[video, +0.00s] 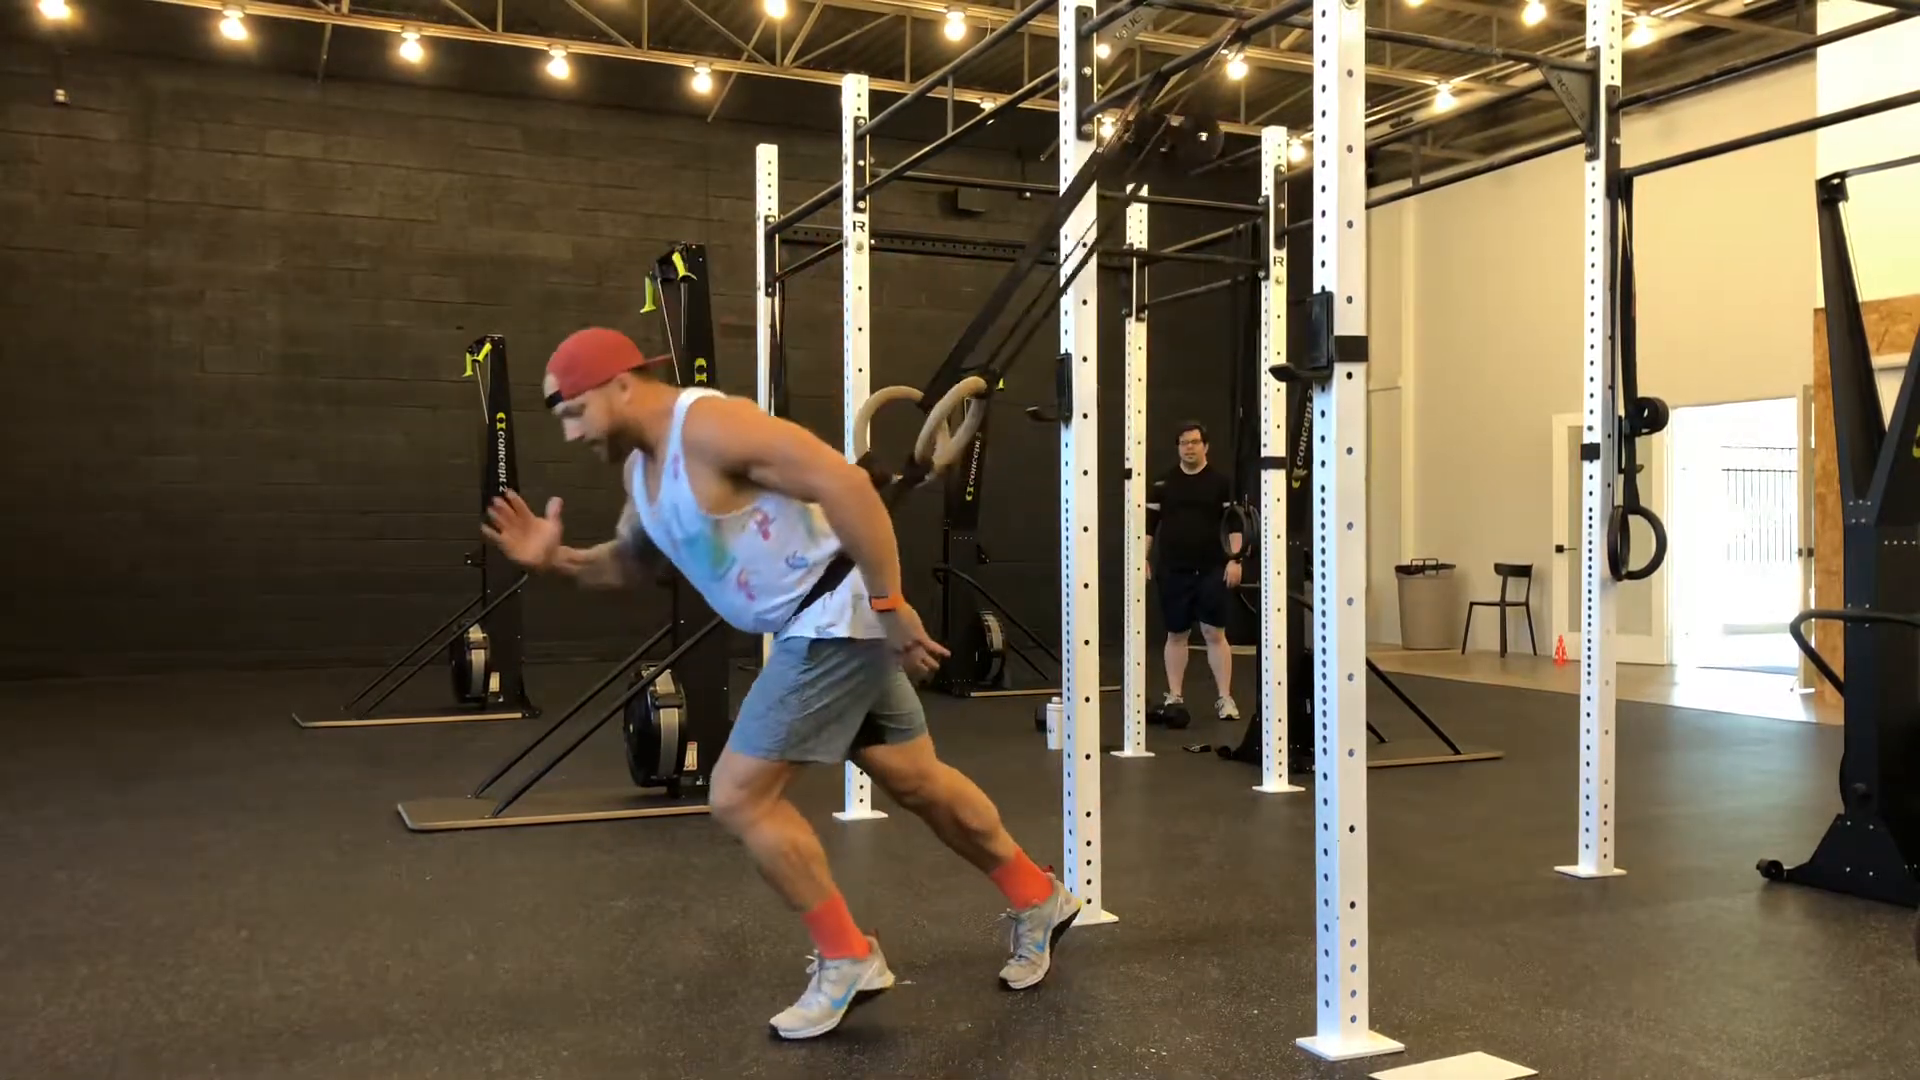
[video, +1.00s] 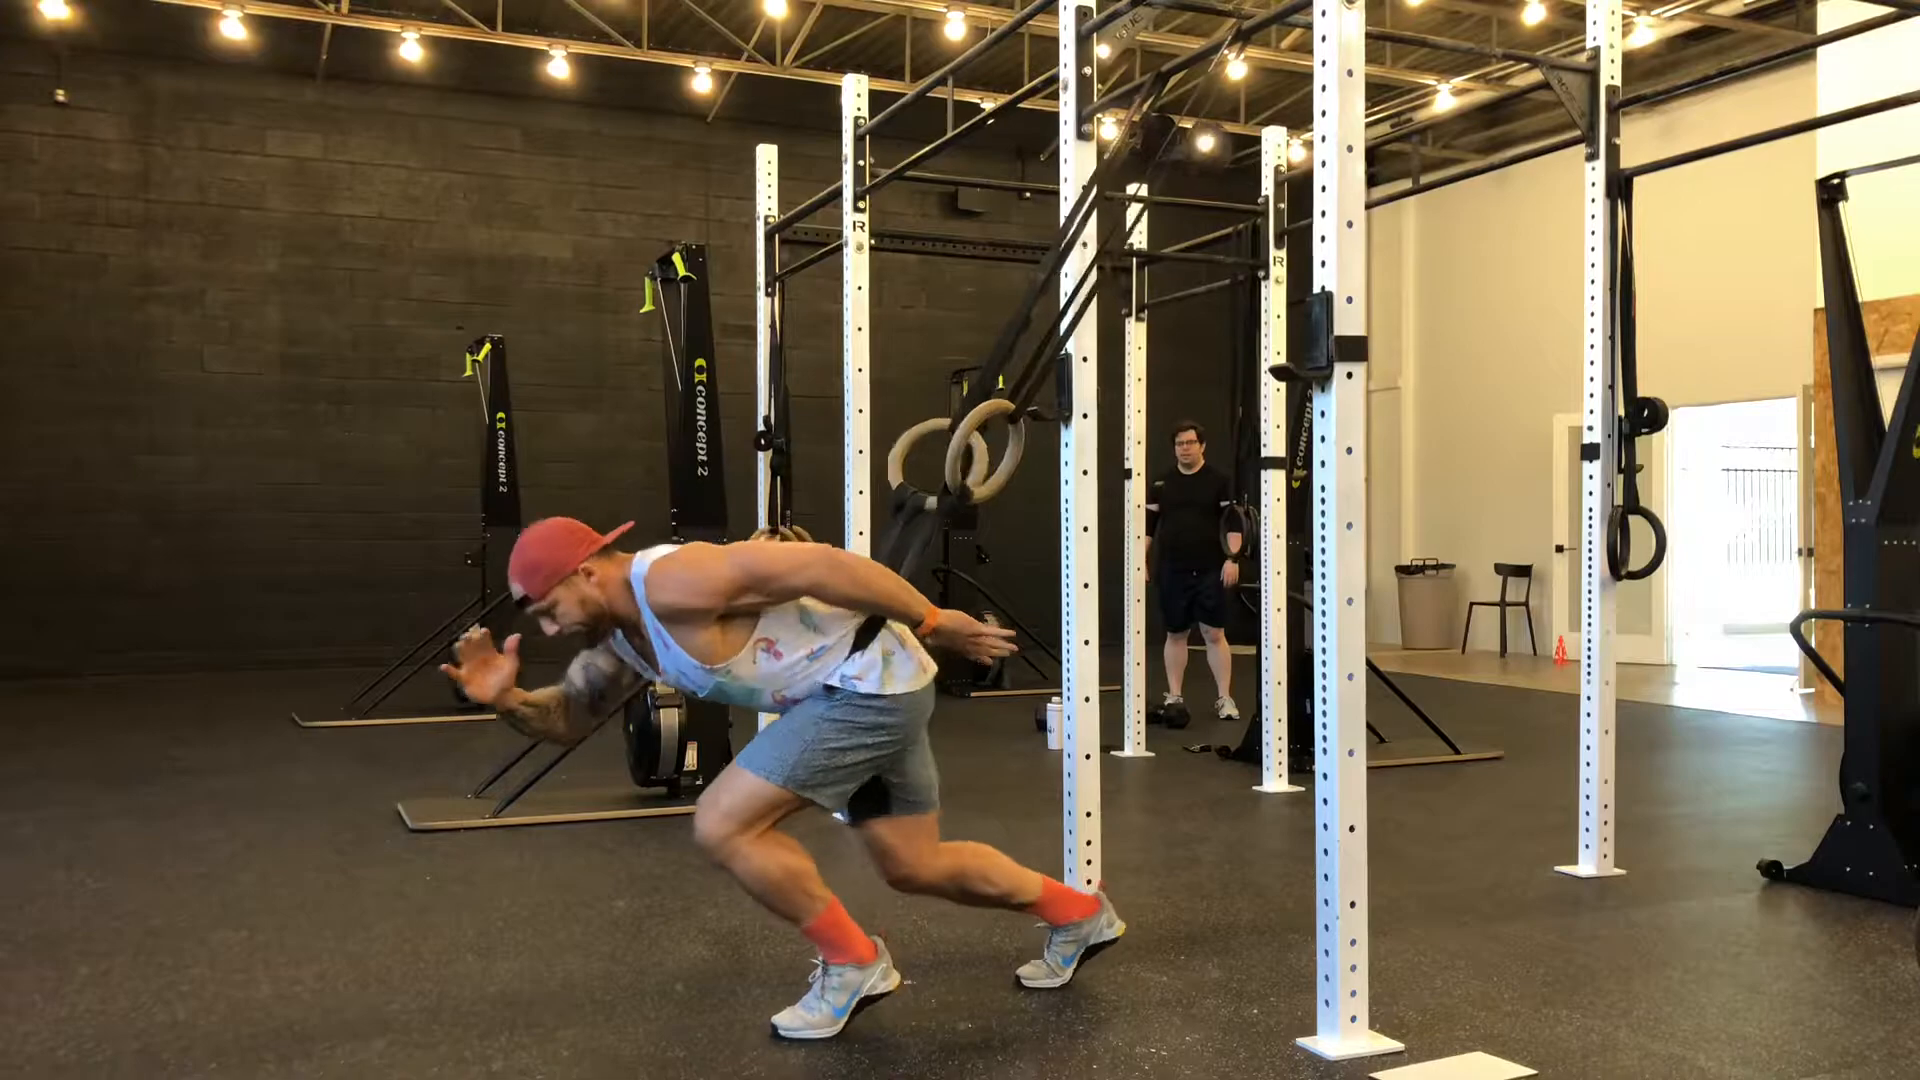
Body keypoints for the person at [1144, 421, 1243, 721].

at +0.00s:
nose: (1189, 448)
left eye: (1194, 443)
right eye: (1184, 443)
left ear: (1205, 446)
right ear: (1177, 448)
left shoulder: (1220, 482)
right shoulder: (1165, 484)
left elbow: (1234, 524)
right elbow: (1150, 525)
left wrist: (1235, 559)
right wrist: (1143, 557)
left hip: (1211, 569)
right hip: (1173, 569)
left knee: (1214, 633)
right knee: (1176, 634)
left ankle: (1225, 698)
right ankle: (1174, 696)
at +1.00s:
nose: (1184, 448)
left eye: (1189, 443)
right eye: (1179, 444)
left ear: (1202, 446)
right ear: (1173, 448)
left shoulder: (1218, 481)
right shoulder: (1162, 484)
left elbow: (1233, 522)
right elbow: (1148, 526)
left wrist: (1232, 558)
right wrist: (1142, 560)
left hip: (1210, 570)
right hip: (1172, 570)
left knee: (1214, 634)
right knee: (1176, 634)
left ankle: (1224, 698)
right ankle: (1174, 696)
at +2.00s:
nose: (1182, 449)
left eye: (1187, 443)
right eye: (1177, 444)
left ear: (1200, 446)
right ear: (1171, 448)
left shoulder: (1216, 481)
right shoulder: (1161, 484)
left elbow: (1233, 522)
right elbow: (1147, 529)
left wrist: (1232, 558)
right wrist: (1141, 564)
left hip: (1209, 570)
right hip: (1171, 570)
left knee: (1213, 634)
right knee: (1175, 634)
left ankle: (1224, 698)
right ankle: (1174, 697)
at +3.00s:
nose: (1182, 449)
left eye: (1188, 444)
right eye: (1177, 444)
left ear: (1200, 447)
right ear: (1171, 449)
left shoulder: (1217, 480)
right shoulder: (1162, 483)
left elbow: (1233, 521)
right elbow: (1148, 527)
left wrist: (1232, 558)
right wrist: (1142, 563)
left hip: (1209, 569)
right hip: (1171, 570)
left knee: (1212, 634)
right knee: (1175, 634)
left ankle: (1225, 698)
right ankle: (1174, 696)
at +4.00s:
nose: (1173, 449)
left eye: (1179, 443)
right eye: (1168, 444)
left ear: (1191, 447)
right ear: (1162, 449)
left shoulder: (1208, 482)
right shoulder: (1152, 485)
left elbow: (1224, 524)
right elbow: (1140, 525)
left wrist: (1221, 557)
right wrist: (1138, 563)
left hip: (1200, 569)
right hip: (1164, 569)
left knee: (1207, 632)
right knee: (1170, 634)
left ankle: (1223, 697)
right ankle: (1173, 696)